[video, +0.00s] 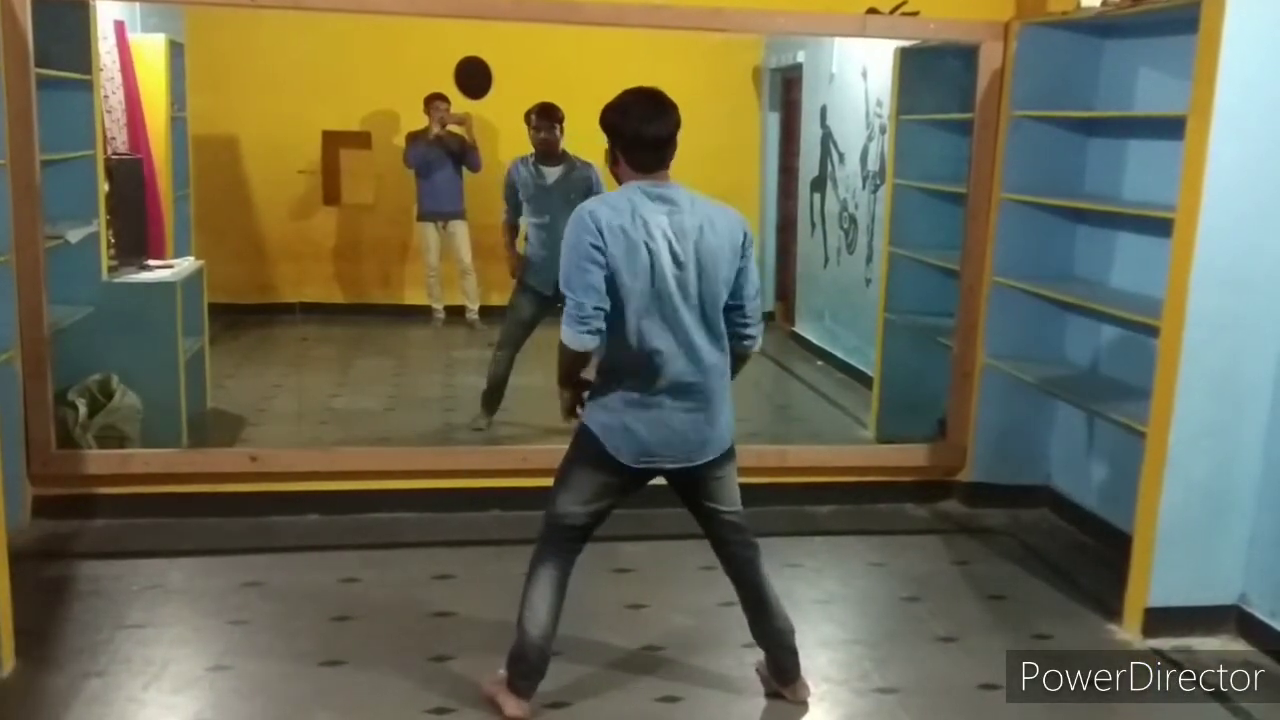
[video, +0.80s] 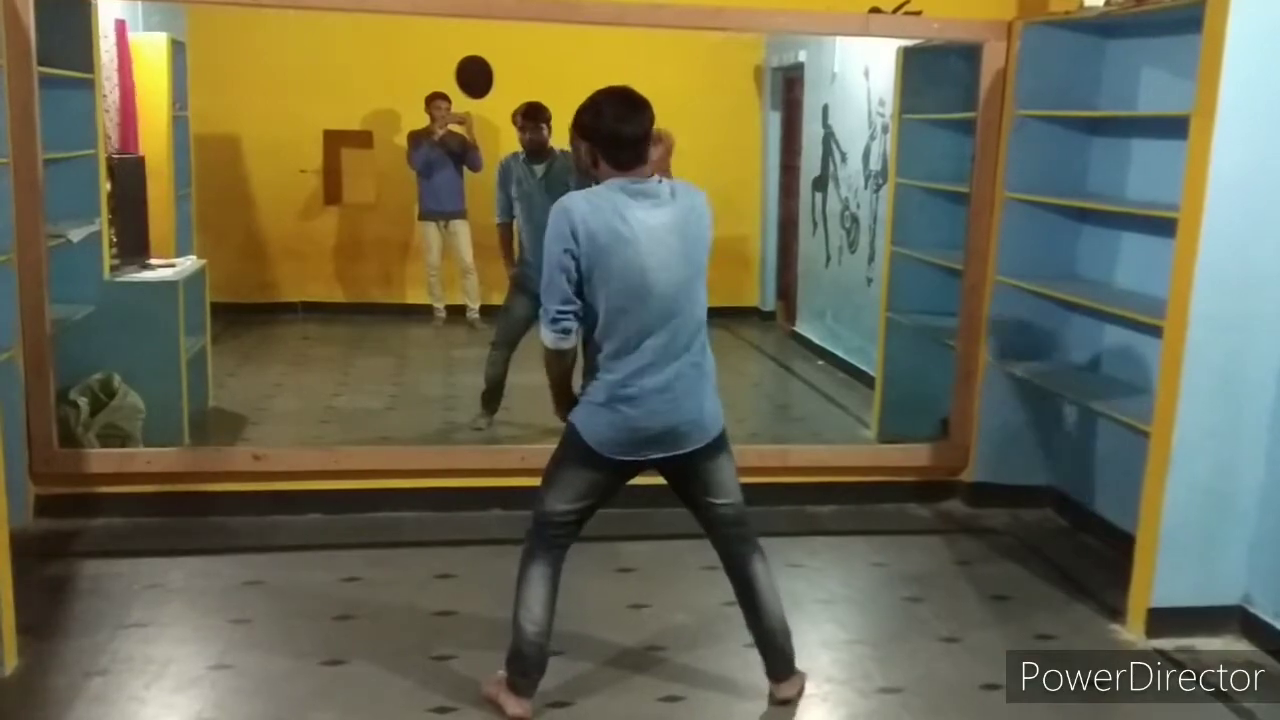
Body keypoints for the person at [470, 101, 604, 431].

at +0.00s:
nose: (545, 136)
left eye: (551, 129)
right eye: (538, 129)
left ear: (562, 130)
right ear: (529, 132)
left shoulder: (585, 173)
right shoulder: (519, 172)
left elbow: (601, 218)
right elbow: (512, 216)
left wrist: (597, 260)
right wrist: (511, 254)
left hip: (579, 274)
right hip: (537, 273)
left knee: (598, 343)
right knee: (507, 344)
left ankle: (597, 409)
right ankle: (486, 412)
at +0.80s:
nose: (532, 135)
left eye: (539, 128)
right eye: (526, 129)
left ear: (550, 130)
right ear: (517, 131)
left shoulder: (572, 166)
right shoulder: (509, 168)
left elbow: (588, 212)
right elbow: (504, 220)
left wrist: (586, 261)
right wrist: (510, 265)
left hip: (573, 271)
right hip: (531, 271)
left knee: (594, 340)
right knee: (502, 342)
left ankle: (593, 405)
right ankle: (487, 410)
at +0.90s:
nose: (523, 133)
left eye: (530, 125)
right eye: (519, 126)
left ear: (547, 125)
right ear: (516, 127)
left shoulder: (566, 162)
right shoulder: (508, 164)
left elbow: (582, 185)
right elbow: (502, 216)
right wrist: (505, 261)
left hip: (570, 272)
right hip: (528, 271)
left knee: (591, 342)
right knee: (500, 340)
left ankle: (588, 406)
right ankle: (486, 410)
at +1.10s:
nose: (534, 134)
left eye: (539, 127)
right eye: (528, 128)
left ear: (550, 128)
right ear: (519, 130)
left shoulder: (564, 159)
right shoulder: (509, 168)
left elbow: (571, 180)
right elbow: (504, 218)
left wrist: (534, 158)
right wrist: (507, 261)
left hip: (569, 272)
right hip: (530, 273)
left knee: (588, 340)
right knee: (502, 341)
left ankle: (585, 401)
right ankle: (487, 410)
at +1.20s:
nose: (539, 137)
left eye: (544, 130)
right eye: (532, 131)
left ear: (554, 131)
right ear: (521, 132)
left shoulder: (564, 166)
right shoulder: (511, 169)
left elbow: (538, 198)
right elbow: (503, 220)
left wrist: (511, 176)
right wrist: (509, 265)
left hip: (567, 274)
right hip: (531, 274)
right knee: (502, 339)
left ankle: (592, 407)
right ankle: (488, 409)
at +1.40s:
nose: (517, 135)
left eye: (523, 127)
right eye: (511, 128)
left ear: (534, 127)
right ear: (503, 130)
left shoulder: (548, 164)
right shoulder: (497, 162)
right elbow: (489, 219)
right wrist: (498, 265)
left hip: (552, 272)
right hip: (515, 272)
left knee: (569, 338)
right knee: (490, 336)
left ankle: (579, 403)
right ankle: (486, 409)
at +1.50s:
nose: (489, 146)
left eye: (495, 138)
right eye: (485, 138)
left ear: (512, 140)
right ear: (481, 140)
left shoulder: (531, 177)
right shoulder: (485, 179)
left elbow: (551, 217)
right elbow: (483, 230)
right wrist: (491, 271)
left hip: (546, 276)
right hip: (511, 278)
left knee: (563, 340)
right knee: (485, 335)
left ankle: (568, 408)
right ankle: (486, 407)